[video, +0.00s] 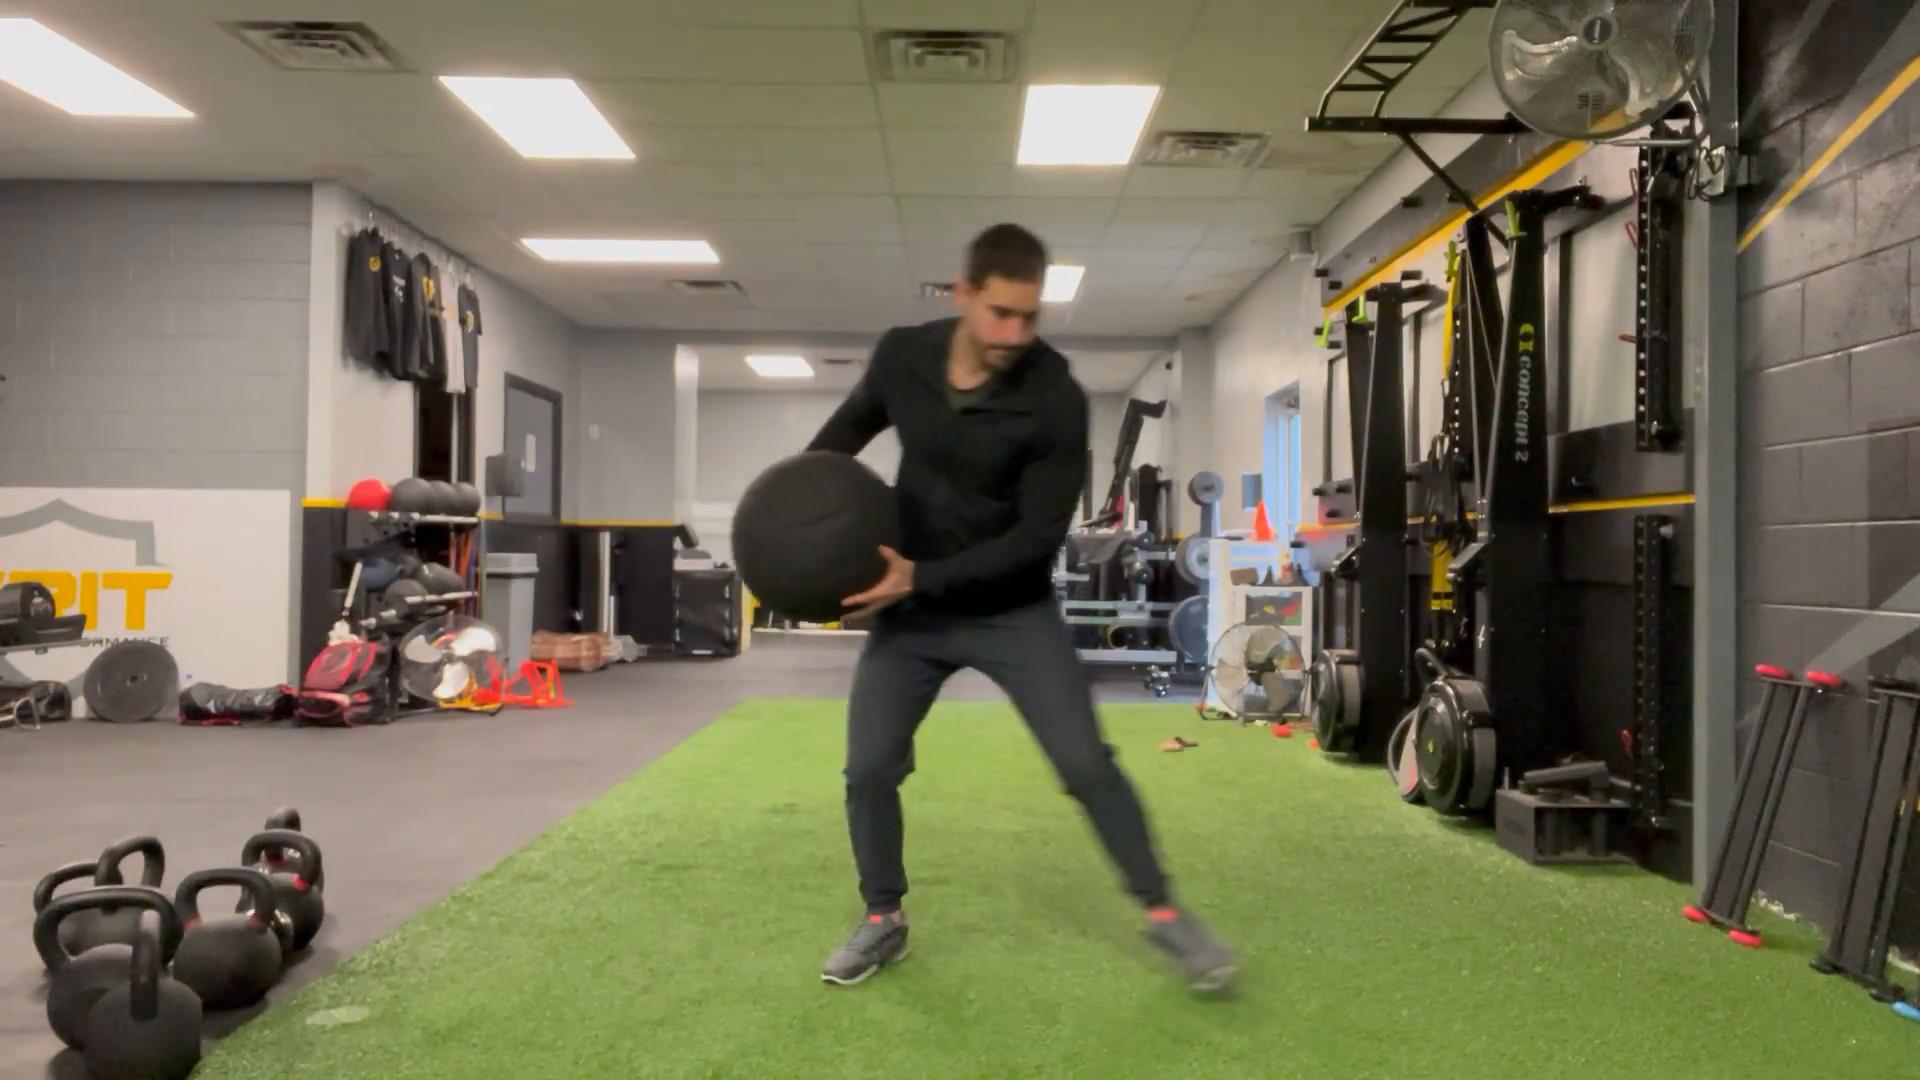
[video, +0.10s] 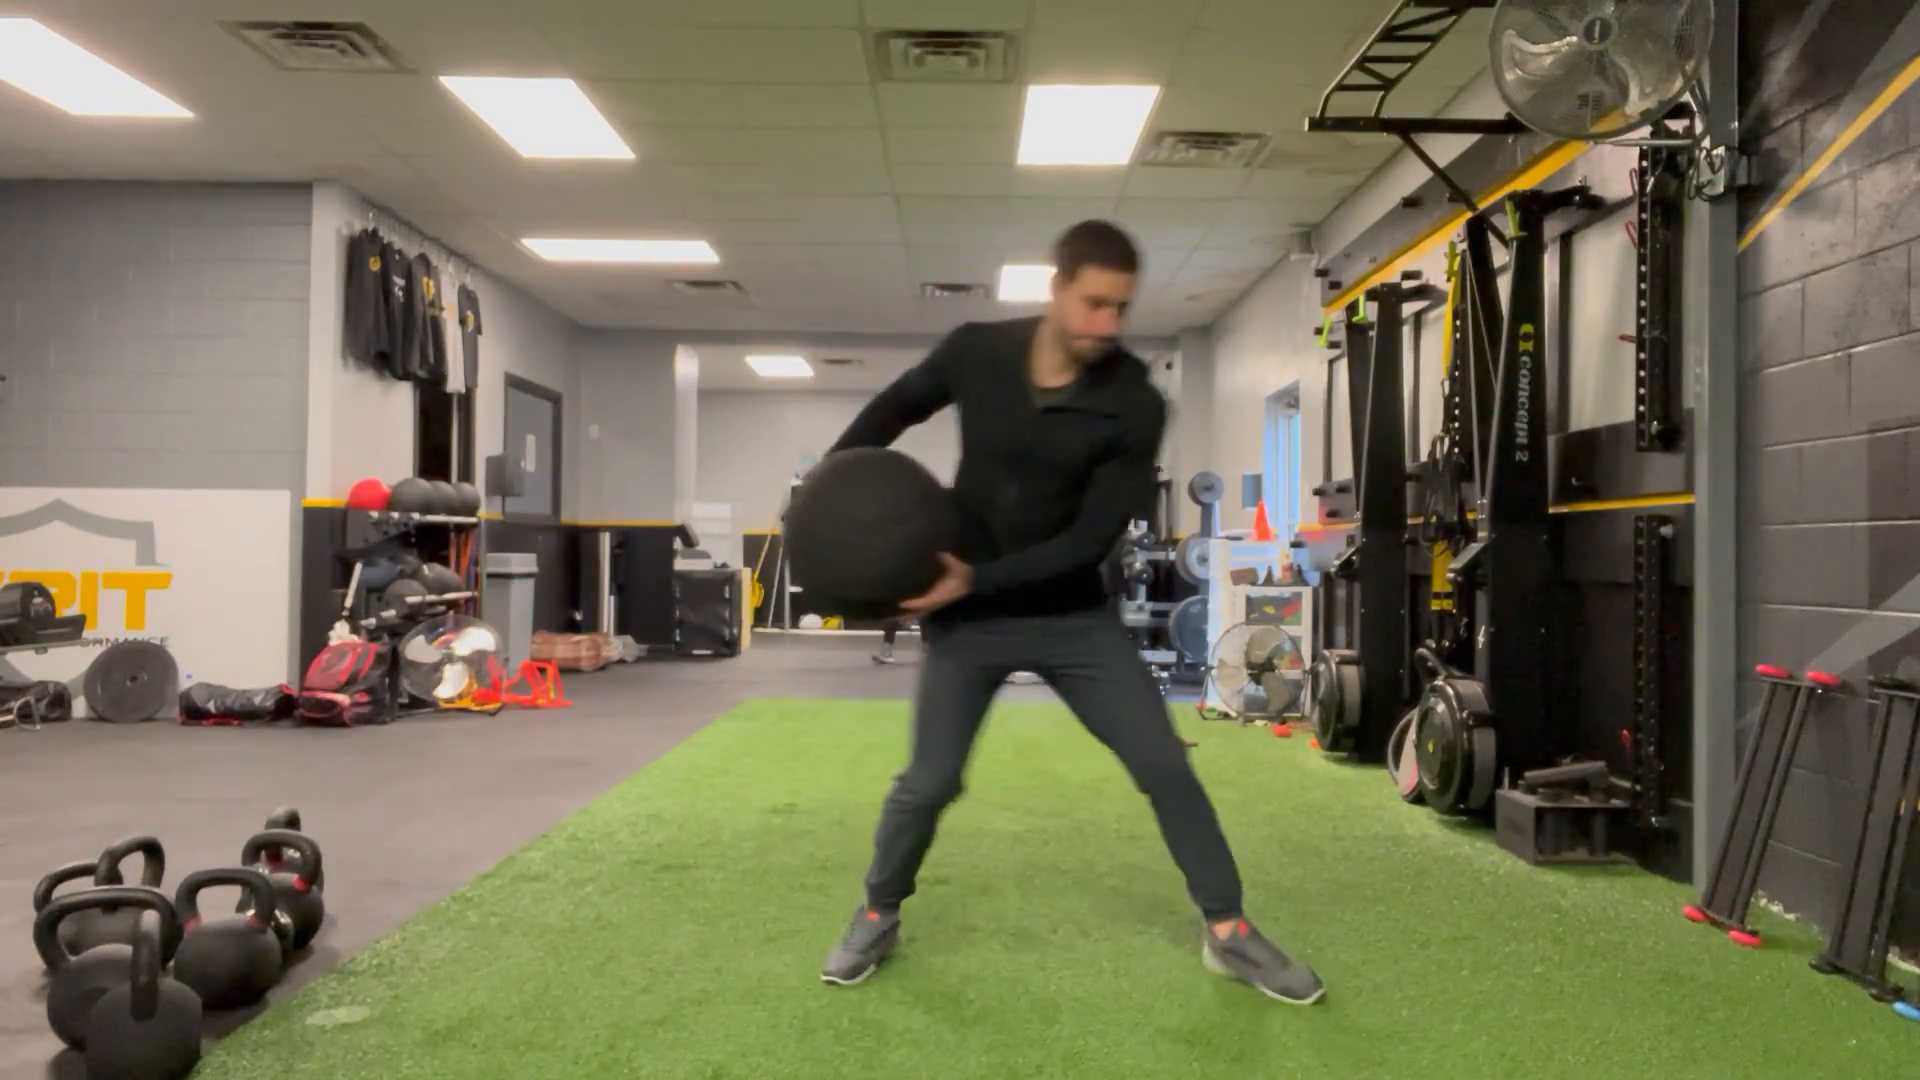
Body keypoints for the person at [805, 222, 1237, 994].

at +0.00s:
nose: (1015, 332)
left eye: (1028, 316)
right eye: (1000, 313)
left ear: (1041, 308)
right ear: (961, 294)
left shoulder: (1057, 400)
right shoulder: (903, 356)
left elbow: (1037, 542)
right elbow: (840, 441)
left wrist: (920, 577)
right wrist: (793, 515)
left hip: (1018, 613)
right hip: (913, 611)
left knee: (1084, 763)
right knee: (869, 764)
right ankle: (883, 917)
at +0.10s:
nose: (1108, 324)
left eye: (1121, 307)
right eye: (1094, 303)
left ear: (1131, 305)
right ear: (1055, 289)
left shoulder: (1135, 404)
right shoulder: (977, 352)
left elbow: (1091, 541)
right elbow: (892, 410)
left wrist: (976, 577)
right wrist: (829, 485)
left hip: (1079, 616)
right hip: (971, 614)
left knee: (1164, 763)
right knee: (930, 780)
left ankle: (1229, 927)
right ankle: (878, 914)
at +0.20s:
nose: (1211, 292)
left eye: (1220, 277)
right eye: (1196, 273)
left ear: (1222, 282)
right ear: (1148, 269)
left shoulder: (1214, 385)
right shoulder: (1067, 343)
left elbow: (1179, 504)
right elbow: (960, 412)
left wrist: (1101, 578)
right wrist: (932, 500)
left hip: (1136, 609)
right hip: (1041, 606)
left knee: (1207, 768)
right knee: (1011, 794)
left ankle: (1242, 935)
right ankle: (866, 885)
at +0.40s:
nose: (1278, 269)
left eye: (1284, 252)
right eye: (1271, 249)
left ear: (1218, 246)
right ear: (1218, 241)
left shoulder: (1184, 315)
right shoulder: (1187, 317)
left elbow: (1265, 418)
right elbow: (1300, 427)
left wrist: (1332, 364)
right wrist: (1358, 357)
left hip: (1166, 591)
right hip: (1118, 584)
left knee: (1206, 769)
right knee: (1048, 763)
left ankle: (1238, 932)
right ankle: (896, 868)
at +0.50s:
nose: (1295, 252)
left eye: (1297, 237)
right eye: (1287, 236)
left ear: (1227, 235)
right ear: (1236, 233)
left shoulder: (1179, 307)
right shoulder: (1223, 326)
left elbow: (1223, 414)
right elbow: (1288, 463)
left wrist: (1294, 336)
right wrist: (1371, 452)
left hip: (1168, 577)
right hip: (1143, 575)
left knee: (1211, 759)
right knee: (1079, 758)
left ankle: (1237, 931)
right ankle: (922, 872)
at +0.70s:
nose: (1294, 237)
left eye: (1293, 221)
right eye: (1283, 221)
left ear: (1230, 230)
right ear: (1231, 226)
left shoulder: (1198, 316)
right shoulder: (1202, 323)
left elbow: (1209, 441)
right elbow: (1236, 478)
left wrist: (1289, 405)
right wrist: (1316, 571)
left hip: (1187, 583)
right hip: (1143, 575)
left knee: (1223, 758)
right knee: (1072, 753)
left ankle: (1237, 933)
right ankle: (924, 876)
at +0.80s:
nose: (1285, 241)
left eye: (1283, 225)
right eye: (1272, 225)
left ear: (1223, 233)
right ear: (1220, 231)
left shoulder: (1214, 329)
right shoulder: (1171, 329)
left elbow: (1210, 460)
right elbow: (1143, 470)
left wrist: (1293, 449)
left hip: (1187, 575)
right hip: (1127, 572)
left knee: (1227, 753)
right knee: (1058, 751)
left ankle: (1238, 932)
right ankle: (911, 875)